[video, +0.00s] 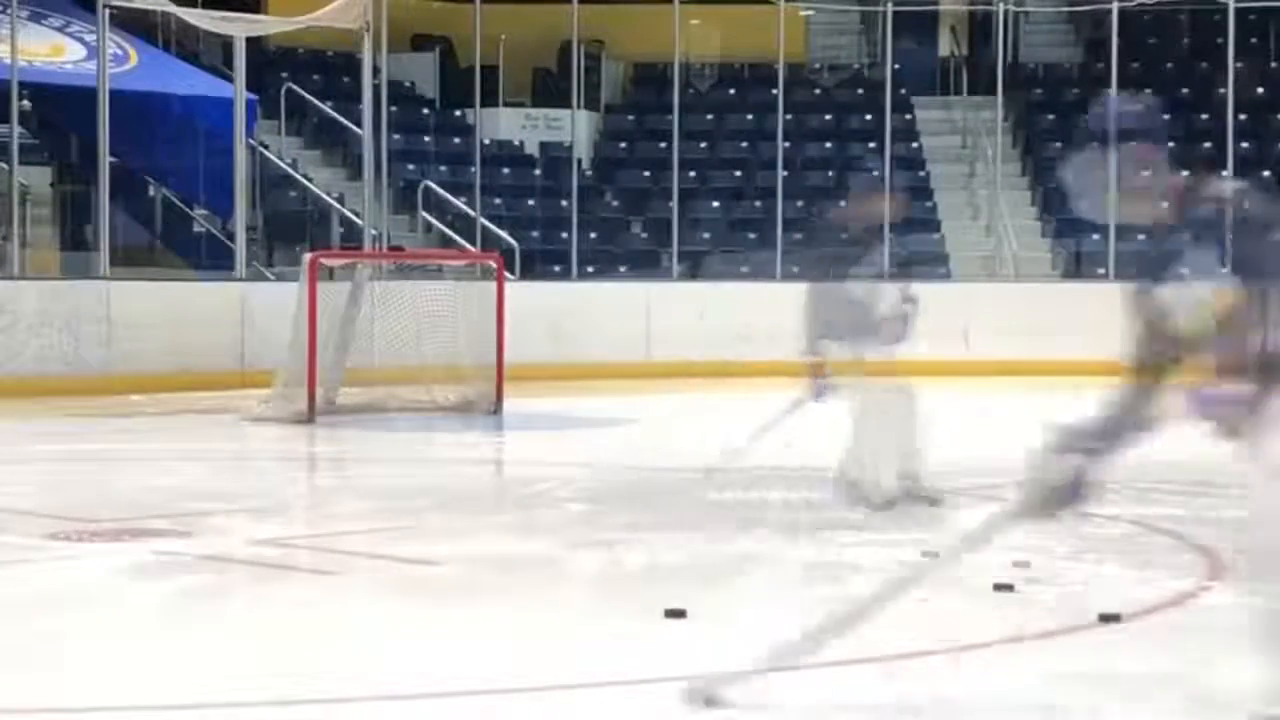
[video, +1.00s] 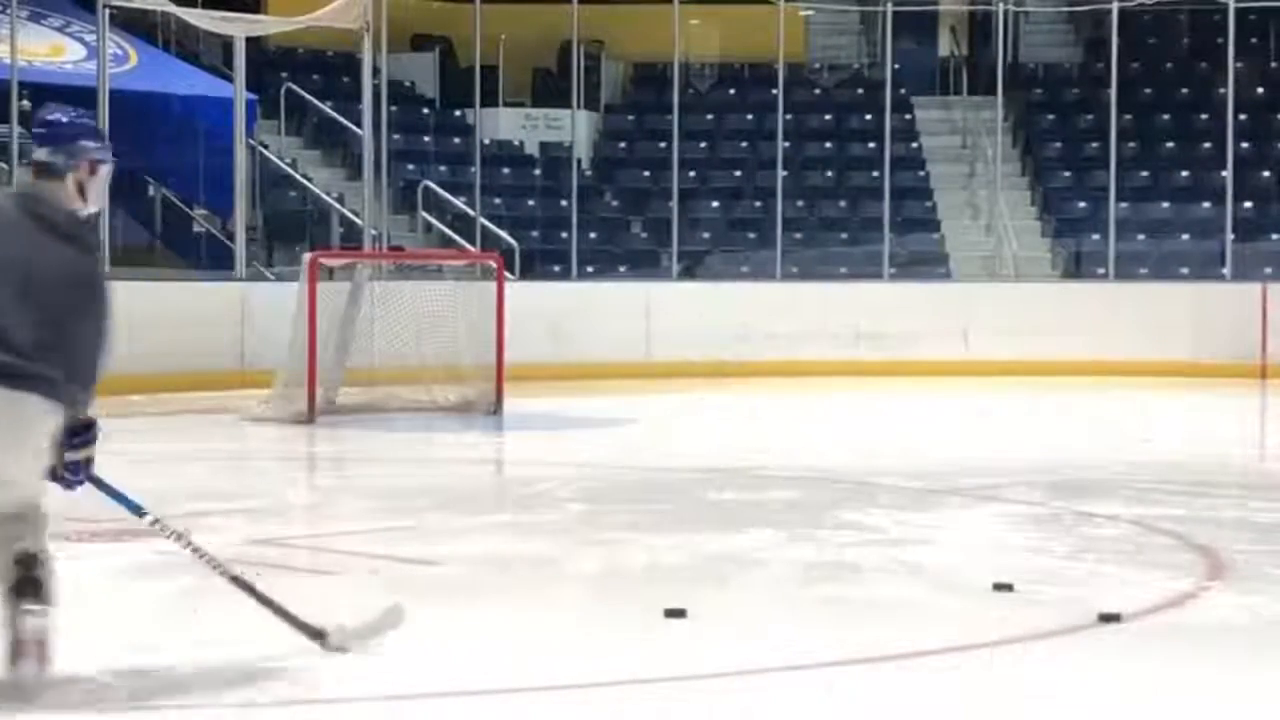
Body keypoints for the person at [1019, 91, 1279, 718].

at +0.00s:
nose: (1125, 175)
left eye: (1133, 157)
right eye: (1110, 164)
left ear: (1160, 155)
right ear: (1099, 175)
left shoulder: (1248, 213)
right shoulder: (1157, 269)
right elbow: (1143, 391)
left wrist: (1242, 395)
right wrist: (1082, 451)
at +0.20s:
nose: (850, 182)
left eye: (860, 163)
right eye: (845, 166)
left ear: (899, 157)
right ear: (869, 167)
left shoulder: (961, 209)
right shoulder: (904, 241)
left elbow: (1009, 315)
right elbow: (894, 374)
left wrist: (939, 363)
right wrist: (820, 459)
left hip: (1044, 403)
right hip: (1036, 413)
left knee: (938, 538)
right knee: (1095, 579)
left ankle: (1021, 691)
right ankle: (1224, 698)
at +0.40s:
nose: (570, 168)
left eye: (577, 151)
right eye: (570, 152)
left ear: (610, 147)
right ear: (619, 148)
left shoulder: (655, 197)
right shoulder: (656, 206)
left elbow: (629, 322)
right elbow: (621, 360)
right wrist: (545, 463)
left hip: (721, 397)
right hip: (754, 396)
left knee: (616, 537)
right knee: (744, 589)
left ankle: (680, 694)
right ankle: (907, 665)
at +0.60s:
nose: (326, 159)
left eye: (329, 148)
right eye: (328, 148)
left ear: (343, 146)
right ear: (385, 144)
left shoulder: (353, 190)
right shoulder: (407, 197)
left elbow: (313, 271)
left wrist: (298, 363)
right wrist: (327, 383)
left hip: (412, 392)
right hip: (460, 396)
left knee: (312, 538)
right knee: (383, 569)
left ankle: (333, 690)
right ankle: (520, 643)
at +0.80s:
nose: (131, 173)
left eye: (134, 164)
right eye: (141, 164)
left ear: (139, 162)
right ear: (189, 166)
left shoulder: (114, 203)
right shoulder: (212, 226)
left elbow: (30, 272)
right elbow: (199, 330)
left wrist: (55, 329)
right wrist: (99, 344)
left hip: (127, 396)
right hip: (203, 409)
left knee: (29, 528)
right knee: (122, 553)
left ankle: (16, 656)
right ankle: (199, 620)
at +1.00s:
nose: (104, 184)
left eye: (104, 171)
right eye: (101, 172)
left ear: (39, 166)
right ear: (82, 175)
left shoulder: (7, 213)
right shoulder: (79, 247)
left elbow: (82, 341)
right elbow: (85, 343)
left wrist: (76, 419)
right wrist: (78, 422)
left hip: (10, 389)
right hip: (34, 396)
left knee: (15, 506)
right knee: (20, 505)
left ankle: (24, 594)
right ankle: (27, 589)